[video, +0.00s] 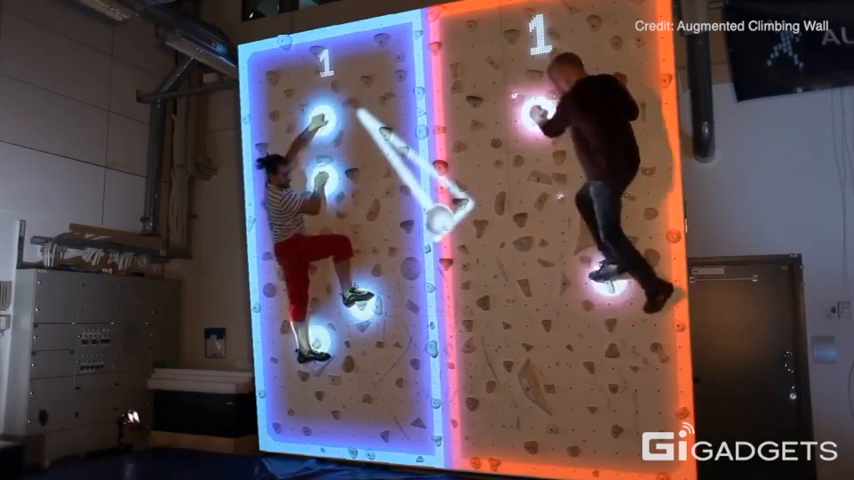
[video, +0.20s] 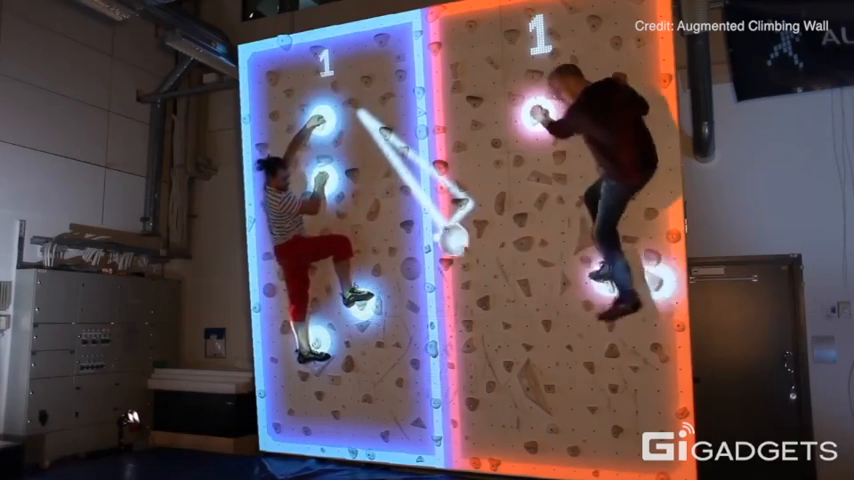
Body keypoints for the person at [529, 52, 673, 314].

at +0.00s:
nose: (556, 88)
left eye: (556, 81)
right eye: (554, 83)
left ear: (565, 76)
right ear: (579, 69)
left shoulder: (573, 99)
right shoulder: (608, 84)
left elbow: (552, 129)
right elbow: (632, 112)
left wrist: (539, 117)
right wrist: (621, 87)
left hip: (607, 173)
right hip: (629, 165)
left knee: (610, 235)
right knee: (584, 200)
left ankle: (655, 287)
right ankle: (614, 259)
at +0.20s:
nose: (559, 98)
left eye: (558, 91)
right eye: (556, 94)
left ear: (568, 84)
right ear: (579, 77)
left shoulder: (581, 109)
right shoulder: (613, 86)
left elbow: (561, 131)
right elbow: (643, 107)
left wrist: (545, 120)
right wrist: (624, 86)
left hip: (625, 174)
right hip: (645, 162)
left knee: (604, 232)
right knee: (592, 198)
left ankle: (628, 297)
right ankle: (613, 263)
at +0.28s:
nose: (562, 105)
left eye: (561, 99)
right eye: (559, 101)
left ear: (570, 90)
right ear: (578, 83)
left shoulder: (583, 116)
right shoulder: (613, 89)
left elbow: (561, 132)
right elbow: (643, 108)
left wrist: (545, 120)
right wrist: (624, 87)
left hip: (630, 176)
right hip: (650, 162)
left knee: (593, 227)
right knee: (594, 197)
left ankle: (602, 291)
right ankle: (616, 261)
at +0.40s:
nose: (561, 112)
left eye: (560, 107)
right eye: (558, 108)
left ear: (569, 100)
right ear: (579, 93)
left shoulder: (583, 126)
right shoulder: (612, 97)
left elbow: (559, 136)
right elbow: (642, 110)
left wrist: (544, 120)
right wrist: (626, 90)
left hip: (631, 184)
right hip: (650, 169)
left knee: (576, 214)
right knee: (591, 198)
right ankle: (616, 260)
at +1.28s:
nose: (555, 117)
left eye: (554, 112)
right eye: (553, 113)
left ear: (563, 105)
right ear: (573, 97)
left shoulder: (572, 130)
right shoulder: (606, 104)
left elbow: (553, 141)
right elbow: (636, 113)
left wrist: (543, 124)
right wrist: (624, 92)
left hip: (612, 194)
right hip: (634, 180)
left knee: (565, 228)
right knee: (577, 200)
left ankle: (569, 292)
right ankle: (612, 258)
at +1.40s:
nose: (551, 127)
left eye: (551, 122)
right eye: (549, 123)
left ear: (560, 116)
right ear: (569, 108)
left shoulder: (569, 140)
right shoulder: (602, 115)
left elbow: (551, 149)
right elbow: (631, 116)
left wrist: (542, 128)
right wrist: (625, 94)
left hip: (609, 202)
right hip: (631, 190)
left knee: (577, 253)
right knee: (573, 203)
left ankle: (581, 320)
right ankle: (611, 256)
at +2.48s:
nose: (539, 115)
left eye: (538, 110)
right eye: (537, 111)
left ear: (548, 105)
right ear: (560, 98)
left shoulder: (555, 131)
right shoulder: (588, 109)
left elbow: (546, 147)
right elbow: (620, 118)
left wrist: (539, 125)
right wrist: (622, 93)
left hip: (592, 200)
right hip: (615, 188)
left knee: (553, 235)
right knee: (574, 214)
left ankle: (581, 294)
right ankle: (611, 261)